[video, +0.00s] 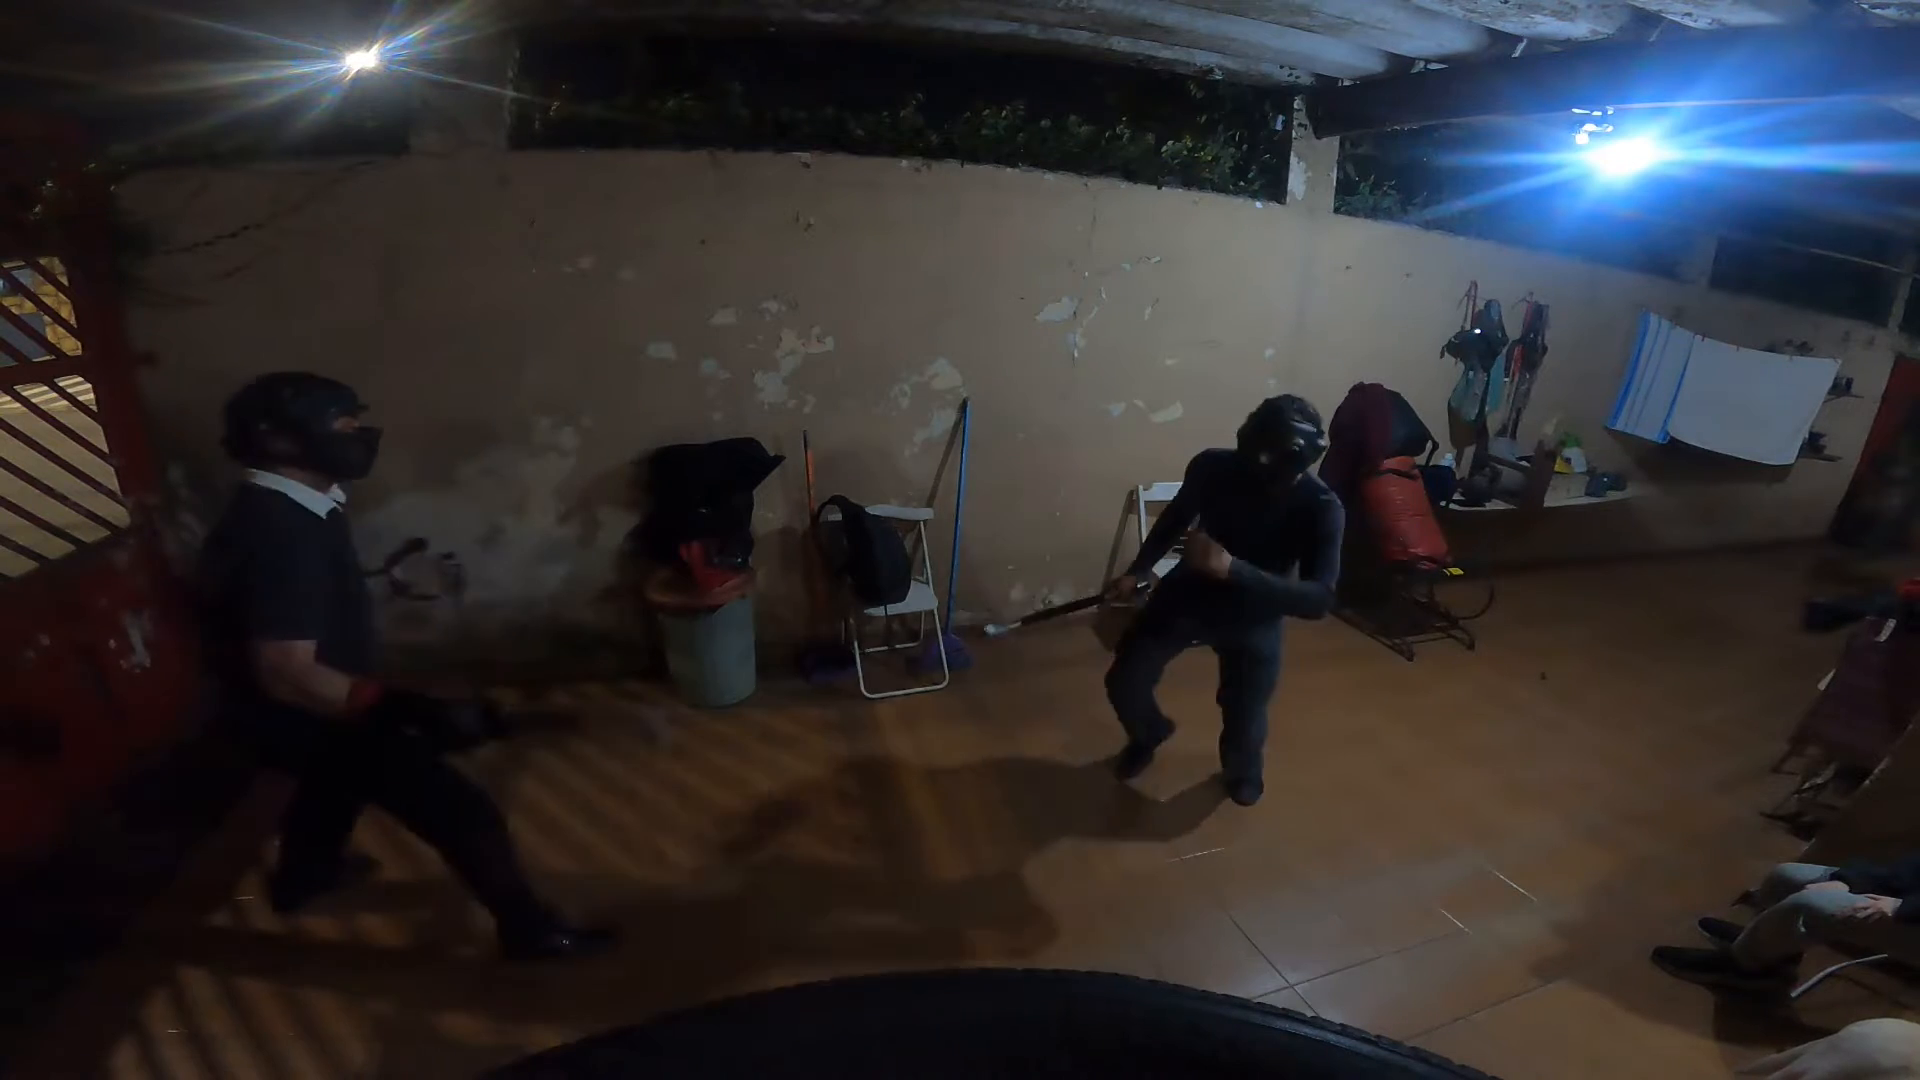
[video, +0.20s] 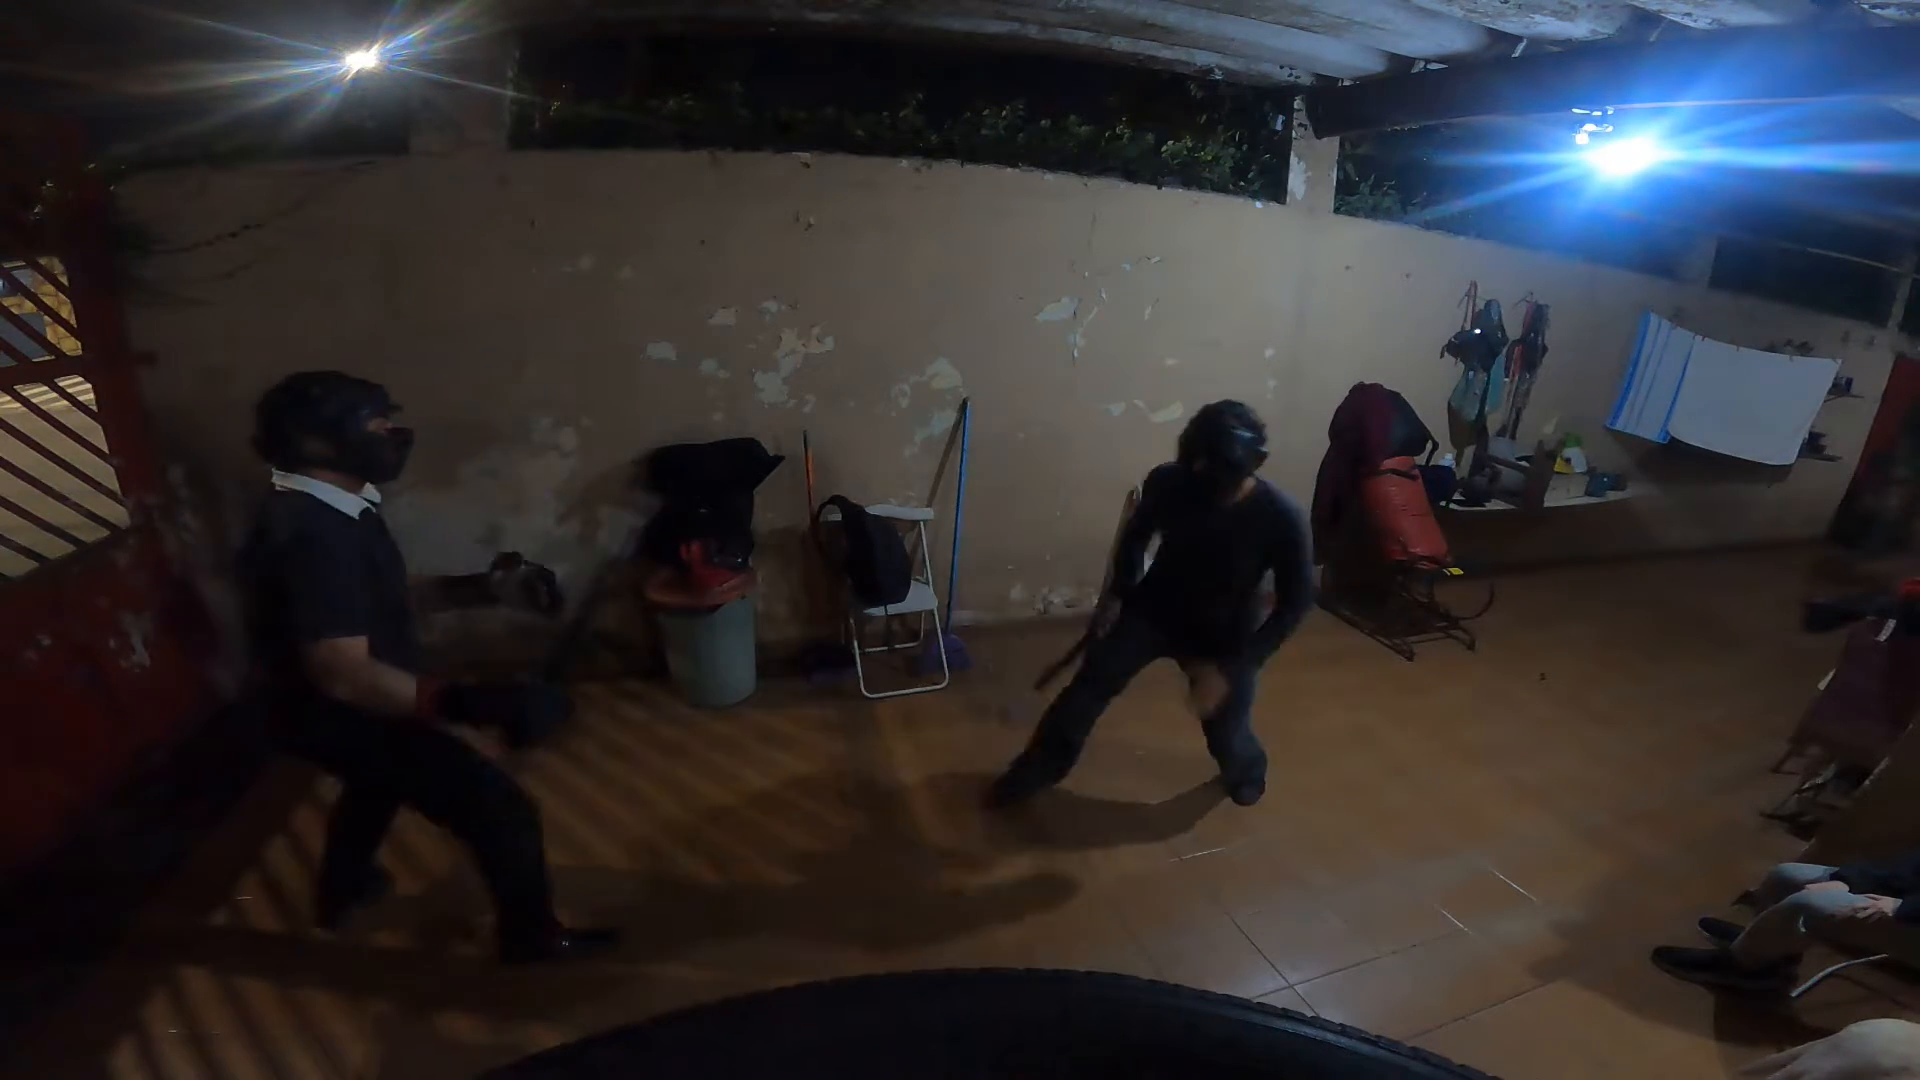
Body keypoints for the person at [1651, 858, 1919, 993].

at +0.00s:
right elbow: (1911, 870)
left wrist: (1903, 908)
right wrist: (1847, 878)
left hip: (1912, 923)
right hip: (1904, 891)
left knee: (1807, 905)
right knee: (1785, 877)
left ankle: (1740, 962)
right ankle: (1755, 942)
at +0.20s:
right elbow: (1910, 869)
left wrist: (1903, 908)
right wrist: (1845, 879)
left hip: (1910, 920)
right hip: (1901, 890)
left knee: (1804, 904)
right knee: (1785, 876)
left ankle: (1738, 961)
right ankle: (1756, 941)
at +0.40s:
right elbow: (1910, 870)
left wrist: (1904, 909)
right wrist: (1846, 879)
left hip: (1911, 922)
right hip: (1903, 893)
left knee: (1806, 905)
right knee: (1785, 876)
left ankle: (1738, 962)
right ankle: (1756, 941)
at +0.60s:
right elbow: (1910, 870)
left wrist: (1904, 908)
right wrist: (1845, 879)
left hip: (1911, 923)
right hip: (1903, 892)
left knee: (1806, 905)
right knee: (1785, 877)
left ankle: (1738, 961)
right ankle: (1754, 942)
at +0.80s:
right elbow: (1910, 869)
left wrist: (1903, 908)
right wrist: (1847, 879)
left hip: (1911, 924)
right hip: (1902, 893)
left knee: (1806, 905)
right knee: (1785, 877)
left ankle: (1739, 961)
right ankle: (1752, 941)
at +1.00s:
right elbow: (1909, 869)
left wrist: (1903, 908)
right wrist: (1846, 879)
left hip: (1911, 924)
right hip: (1902, 893)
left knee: (1806, 906)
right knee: (1786, 876)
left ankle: (1740, 961)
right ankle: (1752, 941)